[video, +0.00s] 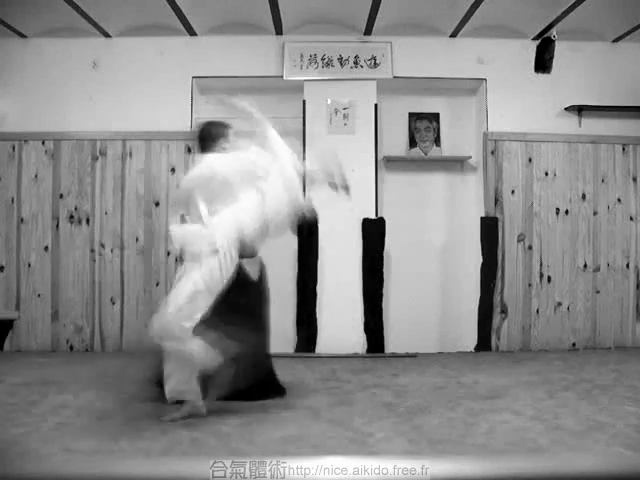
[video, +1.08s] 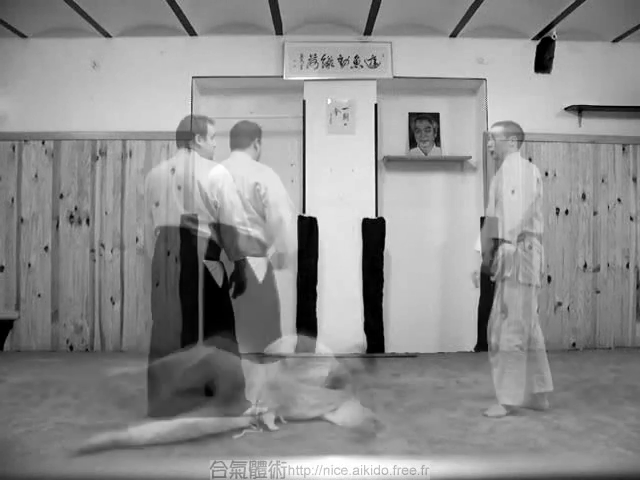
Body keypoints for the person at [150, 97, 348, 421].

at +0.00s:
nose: (232, 142)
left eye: (229, 138)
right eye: (229, 138)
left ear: (200, 145)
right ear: (224, 140)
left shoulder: (194, 178)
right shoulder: (245, 164)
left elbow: (190, 225)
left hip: (213, 258)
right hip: (246, 258)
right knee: (250, 322)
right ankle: (256, 380)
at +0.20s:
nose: (255, 147)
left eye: (253, 142)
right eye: (254, 142)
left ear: (225, 143)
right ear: (249, 143)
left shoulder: (205, 175)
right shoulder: (262, 173)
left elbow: (200, 221)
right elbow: (278, 216)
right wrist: (276, 252)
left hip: (216, 248)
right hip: (252, 248)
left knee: (221, 311)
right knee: (260, 310)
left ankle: (221, 382)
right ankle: (263, 382)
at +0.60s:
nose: (264, 149)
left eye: (264, 144)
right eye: (264, 144)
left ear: (235, 143)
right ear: (259, 143)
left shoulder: (216, 174)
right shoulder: (264, 178)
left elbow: (219, 215)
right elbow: (279, 229)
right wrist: (296, 262)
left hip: (220, 249)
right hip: (252, 253)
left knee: (222, 317)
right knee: (262, 318)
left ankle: (221, 378)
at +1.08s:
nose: (261, 148)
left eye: (260, 143)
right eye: (261, 143)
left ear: (231, 143)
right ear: (256, 143)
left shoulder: (216, 172)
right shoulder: (263, 174)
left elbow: (207, 218)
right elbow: (280, 218)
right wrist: (280, 257)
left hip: (223, 257)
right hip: (256, 258)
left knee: (229, 320)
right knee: (262, 320)